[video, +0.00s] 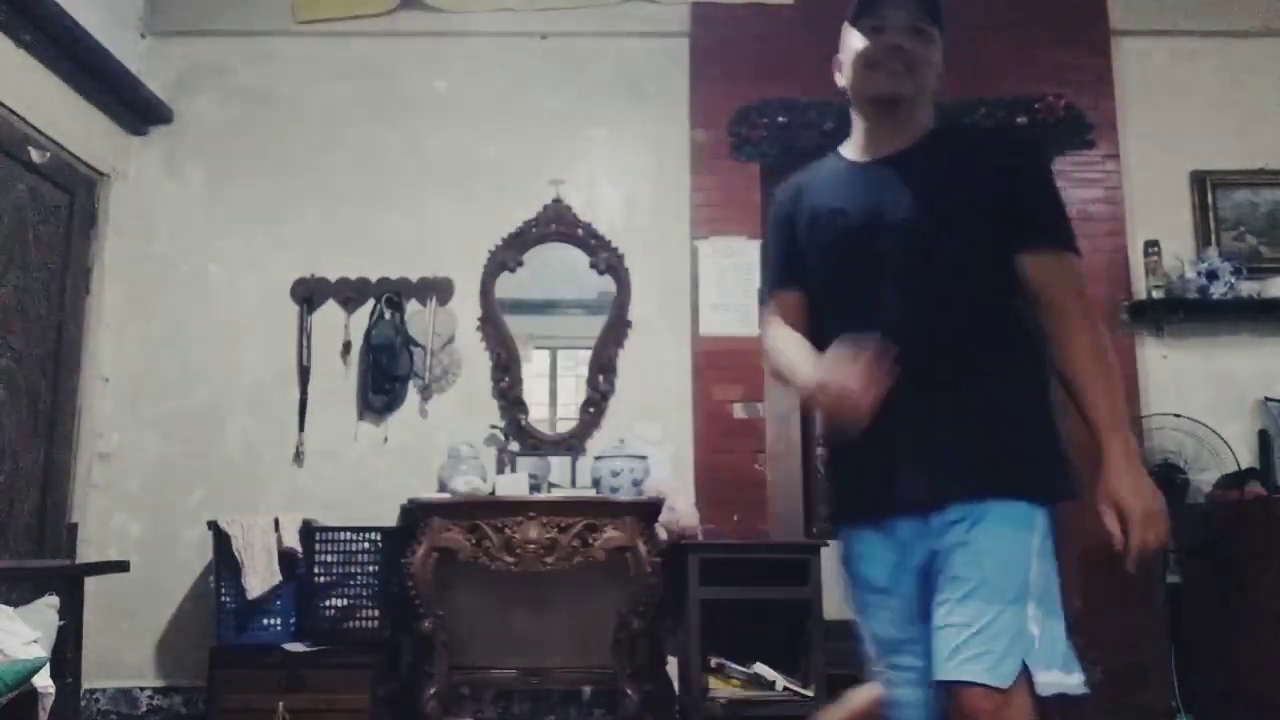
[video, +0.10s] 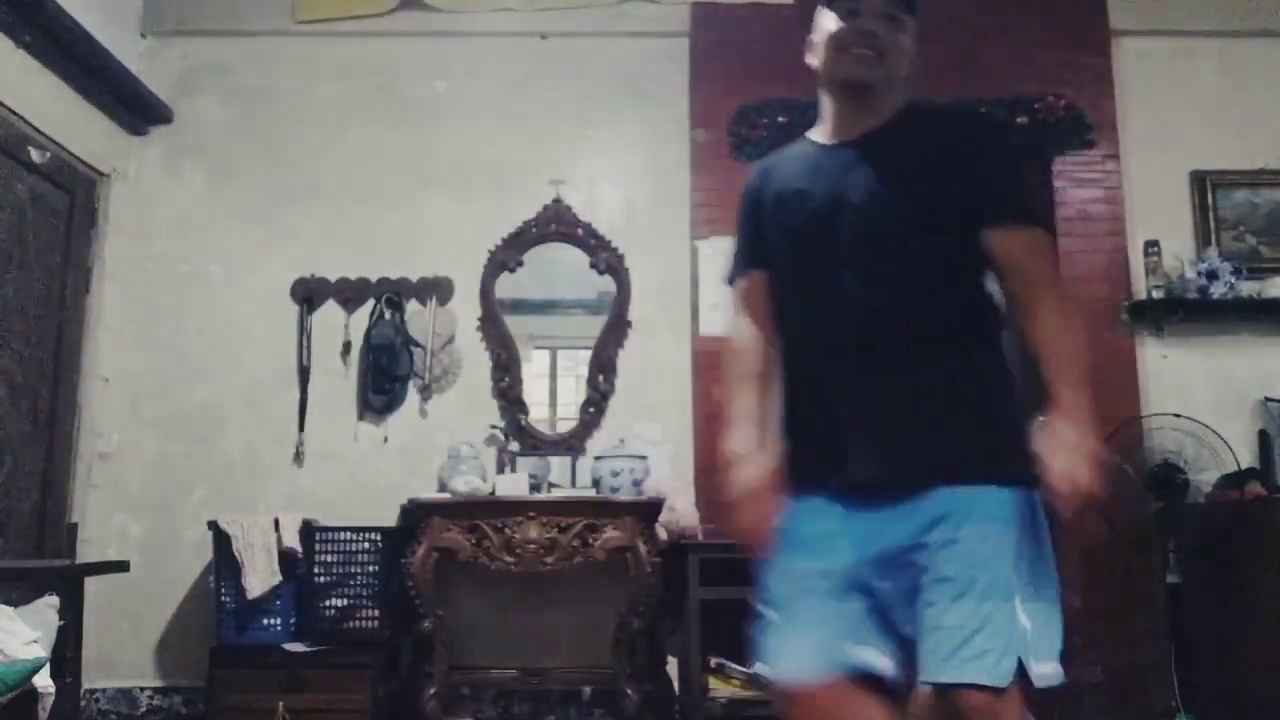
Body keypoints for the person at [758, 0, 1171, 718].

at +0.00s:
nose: (893, 44)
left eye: (917, 33)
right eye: (872, 30)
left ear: (942, 63)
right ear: (838, 64)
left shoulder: (1002, 160)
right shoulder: (802, 193)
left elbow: (1066, 309)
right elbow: (779, 327)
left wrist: (1120, 456)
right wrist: (816, 374)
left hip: (994, 481)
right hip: (872, 494)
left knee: (983, 692)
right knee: (907, 699)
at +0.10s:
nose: (865, 26)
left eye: (888, 17)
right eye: (845, 12)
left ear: (913, 48)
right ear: (809, 42)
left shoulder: (969, 144)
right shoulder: (772, 181)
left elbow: (1037, 287)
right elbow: (752, 327)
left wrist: (1071, 413)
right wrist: (747, 444)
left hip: (969, 479)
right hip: (825, 491)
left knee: (979, 692)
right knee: (809, 685)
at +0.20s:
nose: (824, 20)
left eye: (848, 11)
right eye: (803, 10)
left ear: (876, 45)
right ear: (769, 47)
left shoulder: (928, 135)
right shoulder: (733, 181)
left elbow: (989, 266)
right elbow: (705, 330)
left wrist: (993, 363)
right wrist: (681, 454)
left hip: (923, 475)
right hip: (769, 482)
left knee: (967, 690)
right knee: (711, 666)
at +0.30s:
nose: (784, 53)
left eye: (802, 40)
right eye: (765, 39)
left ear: (827, 54)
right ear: (731, 65)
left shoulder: (888, 159)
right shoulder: (697, 195)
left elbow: (947, 282)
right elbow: (661, 337)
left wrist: (922, 365)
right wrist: (633, 465)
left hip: (874, 498)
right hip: (721, 504)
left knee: (922, 702)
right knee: (659, 695)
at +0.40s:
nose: (734, 80)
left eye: (752, 66)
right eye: (716, 67)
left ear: (780, 88)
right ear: (692, 91)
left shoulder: (833, 209)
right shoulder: (650, 220)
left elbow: (887, 334)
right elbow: (619, 365)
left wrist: (867, 408)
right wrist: (597, 500)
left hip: (825, 539)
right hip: (667, 541)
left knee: (884, 710)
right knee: (620, 709)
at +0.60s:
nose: (648, 81)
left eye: (665, 68)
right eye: (629, 69)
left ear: (688, 87)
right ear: (604, 92)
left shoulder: (740, 196)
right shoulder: (568, 208)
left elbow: (778, 335)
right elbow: (540, 348)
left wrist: (800, 456)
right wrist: (515, 456)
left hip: (725, 486)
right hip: (596, 494)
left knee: (768, 677)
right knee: (581, 691)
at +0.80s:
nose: (608, 118)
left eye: (624, 106)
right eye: (590, 109)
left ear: (650, 129)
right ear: (568, 136)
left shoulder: (699, 220)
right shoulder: (541, 242)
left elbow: (744, 349)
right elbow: (504, 351)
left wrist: (763, 466)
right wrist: (436, 400)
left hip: (660, 485)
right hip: (551, 486)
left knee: (653, 690)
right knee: (562, 678)